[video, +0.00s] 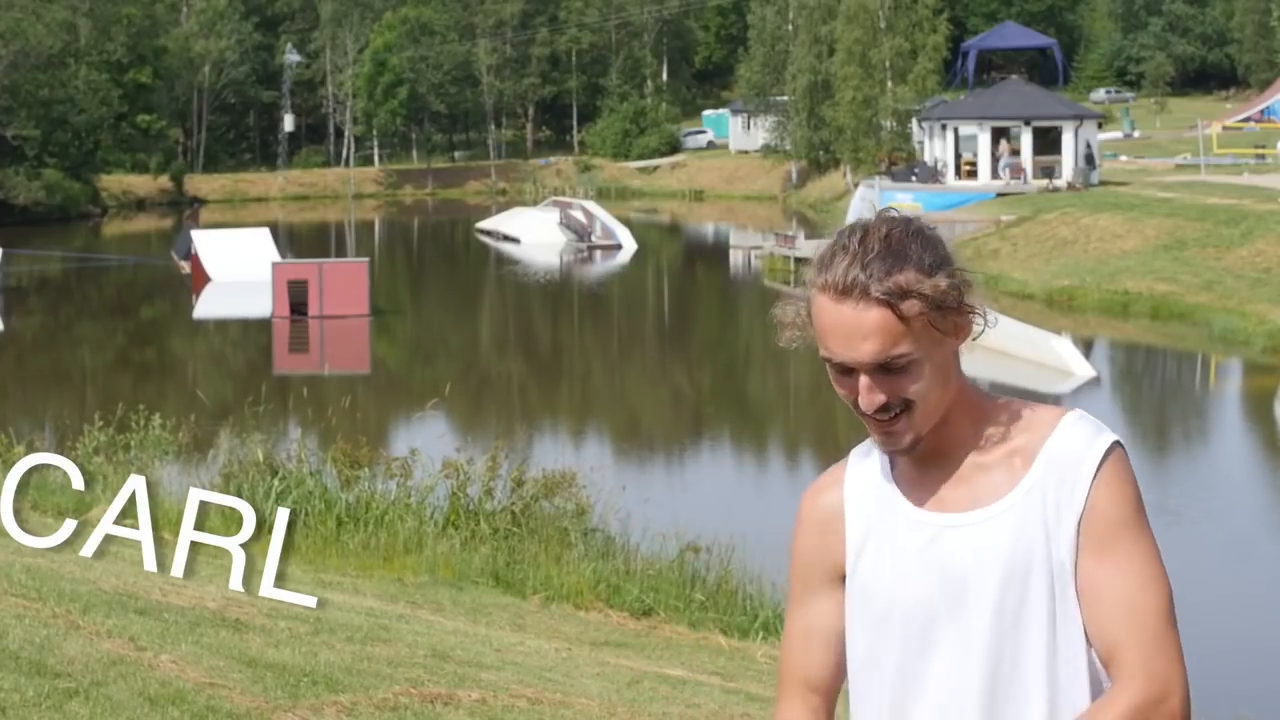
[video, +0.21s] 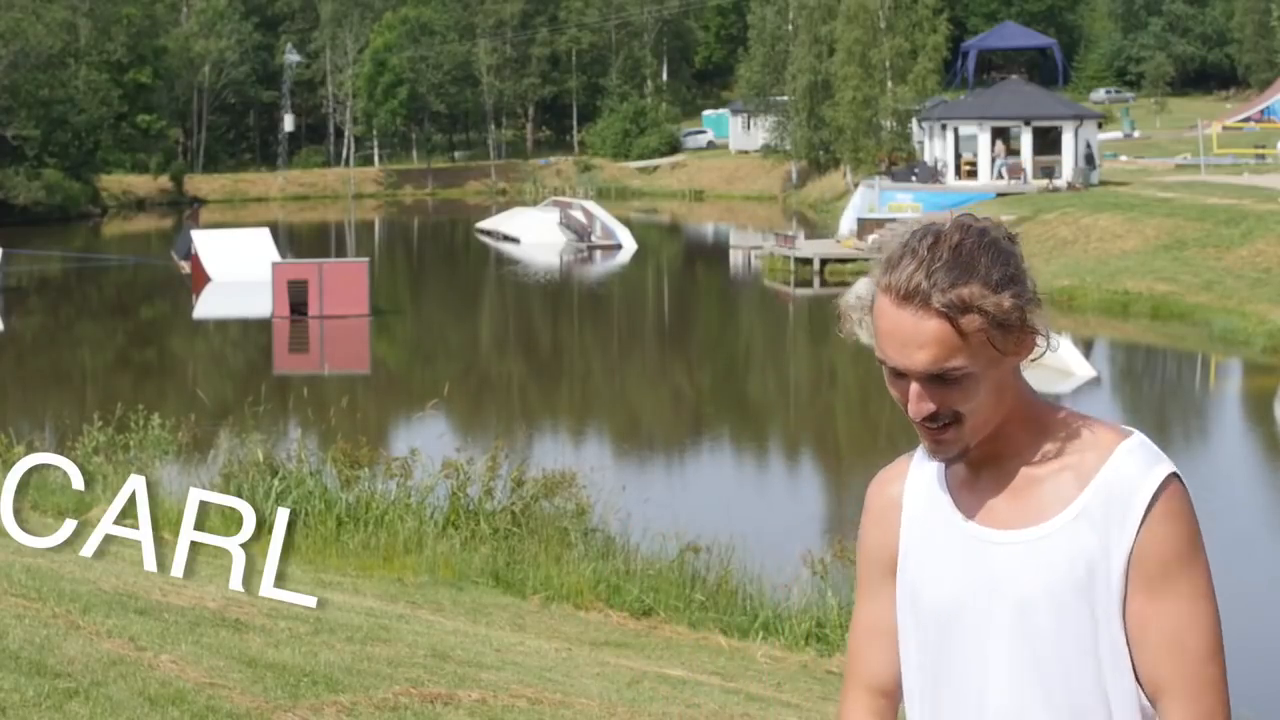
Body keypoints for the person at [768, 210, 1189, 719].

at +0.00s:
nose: (869, 399)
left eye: (895, 366)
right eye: (842, 370)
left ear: (957, 328)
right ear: (820, 350)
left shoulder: (1079, 464)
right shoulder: (834, 505)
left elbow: (1155, 694)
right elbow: (803, 697)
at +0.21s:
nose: (918, 407)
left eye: (948, 377)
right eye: (896, 374)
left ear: (1018, 342)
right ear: (880, 349)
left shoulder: (1136, 492)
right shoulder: (895, 496)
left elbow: (1194, 706)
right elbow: (870, 697)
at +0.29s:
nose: (937, 413)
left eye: (967, 384)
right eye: (917, 380)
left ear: (1043, 350)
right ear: (903, 352)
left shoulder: (1157, 509)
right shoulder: (921, 489)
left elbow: (1206, 709)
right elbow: (898, 690)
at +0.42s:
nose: (968, 413)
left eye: (1001, 387)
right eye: (950, 378)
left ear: (1082, 357)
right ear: (939, 353)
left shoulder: (1182, 515)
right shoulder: (951, 480)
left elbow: (1222, 708)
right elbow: (919, 678)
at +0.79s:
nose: (1017, 392)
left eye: (1055, 370)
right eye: (1004, 354)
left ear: (1137, 355)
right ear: (994, 330)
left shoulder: (1222, 524)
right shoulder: (978, 472)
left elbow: (1237, 709)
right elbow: (939, 672)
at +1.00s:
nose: (1004, 385)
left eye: (1042, 363)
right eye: (993, 347)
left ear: (1122, 352)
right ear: (983, 326)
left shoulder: (1208, 524)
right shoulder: (965, 476)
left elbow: (1238, 709)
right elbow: (915, 675)